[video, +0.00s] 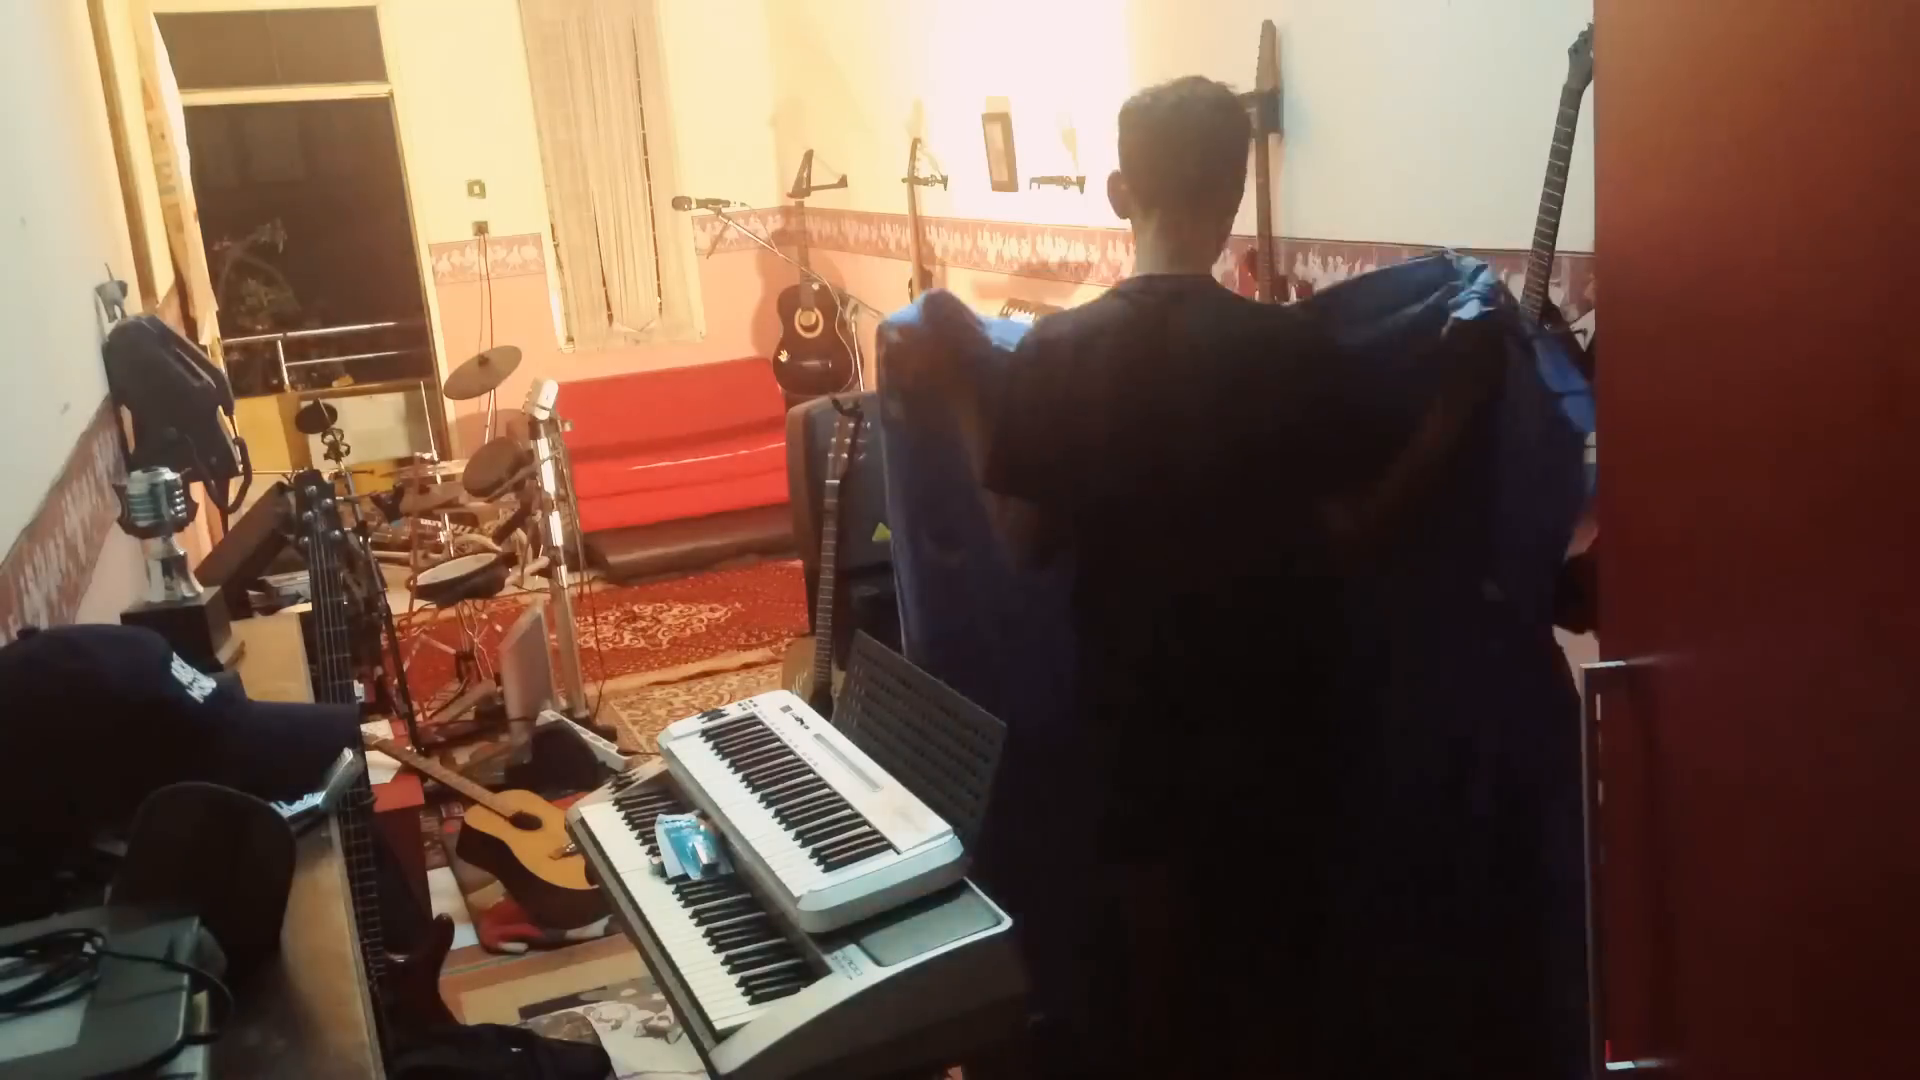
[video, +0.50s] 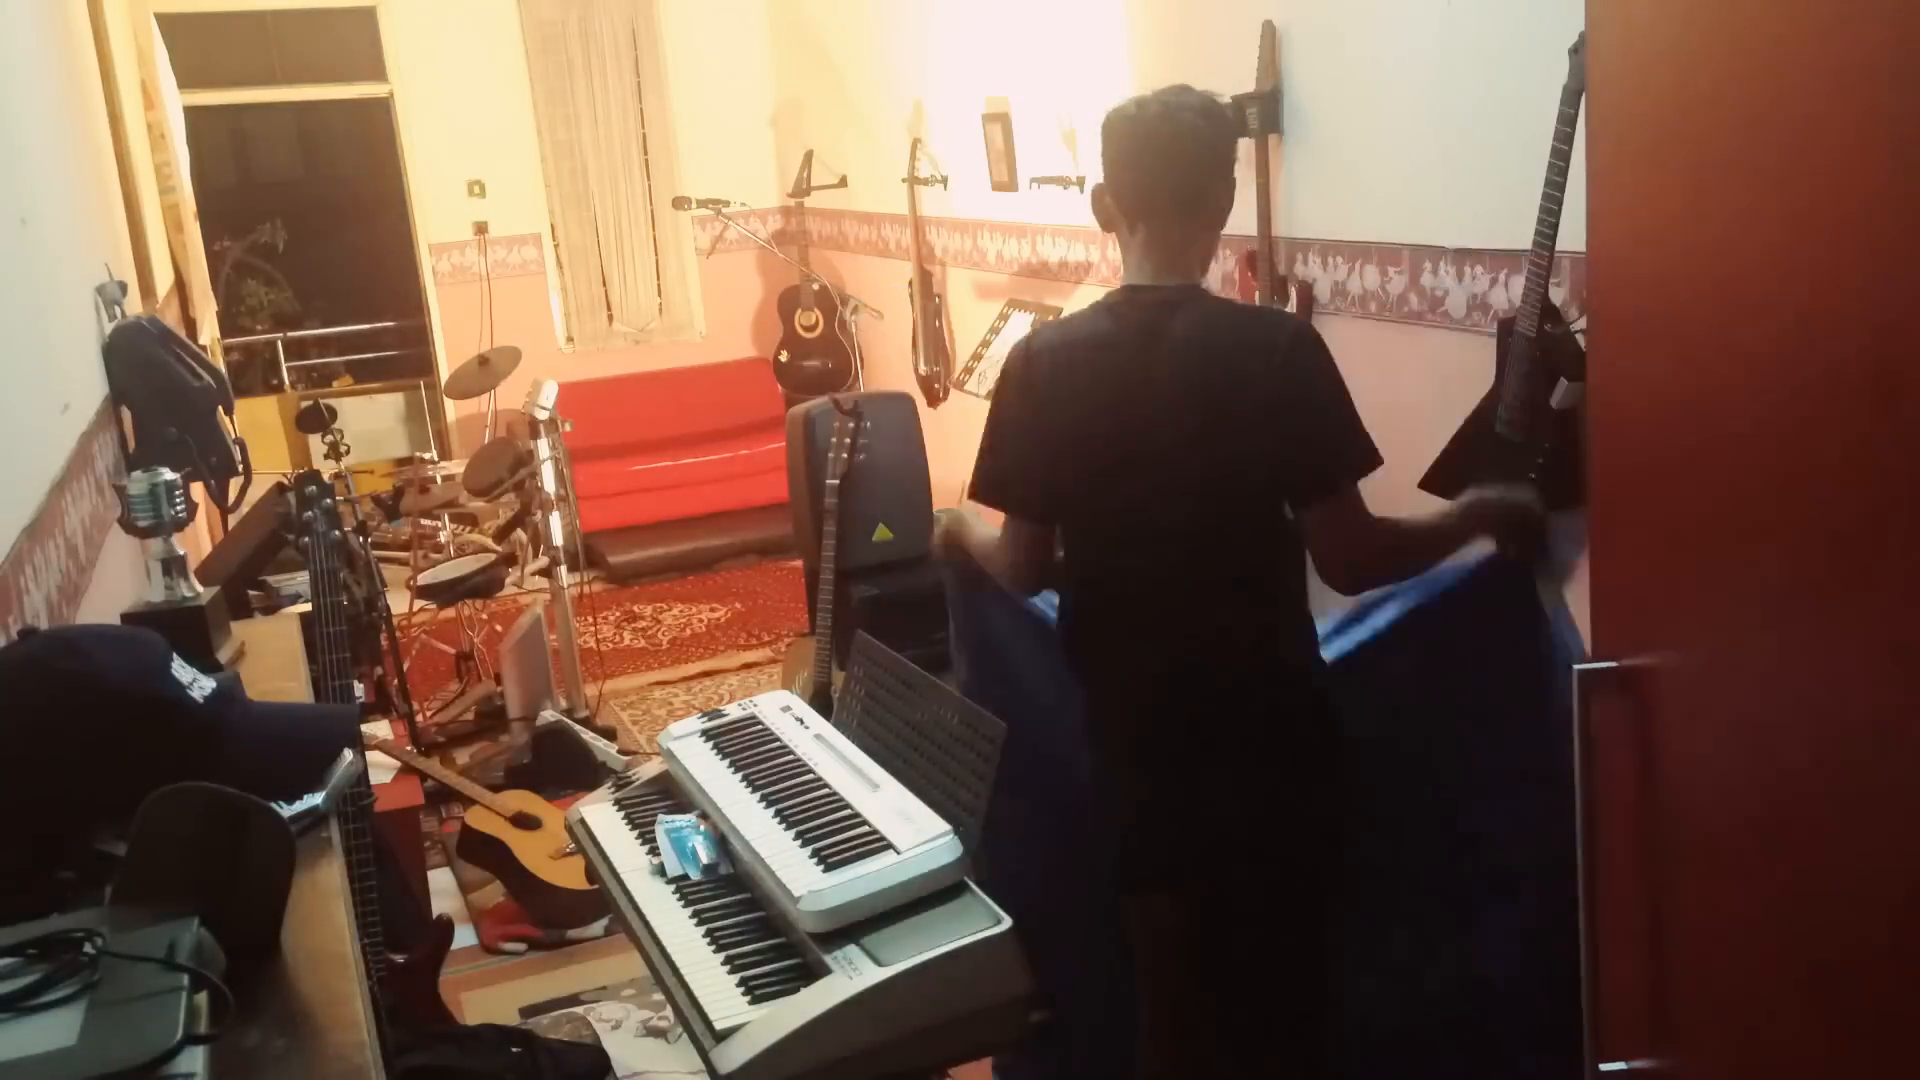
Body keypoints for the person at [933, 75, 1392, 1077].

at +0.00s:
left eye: (1126, 173)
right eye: (1222, 179)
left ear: (1120, 188)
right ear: (1239, 190)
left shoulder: (1053, 356)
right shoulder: (1294, 347)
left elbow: (1020, 533)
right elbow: (1350, 526)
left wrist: (972, 389)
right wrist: (1457, 394)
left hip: (1118, 712)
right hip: (1277, 708)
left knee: (1126, 950)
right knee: (1275, 952)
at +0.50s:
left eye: (1110, 192)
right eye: (1211, 195)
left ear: (1107, 206)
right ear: (1223, 208)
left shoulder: (1047, 361)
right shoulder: (1279, 348)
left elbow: (1020, 567)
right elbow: (1350, 557)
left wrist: (960, 522)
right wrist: (1480, 515)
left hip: (1124, 725)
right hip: (1272, 714)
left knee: (1161, 985)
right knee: (1285, 977)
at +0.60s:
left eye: (1100, 210)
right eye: (1206, 207)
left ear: (1097, 219)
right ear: (1207, 214)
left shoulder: (1034, 360)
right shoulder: (1253, 336)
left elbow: (1002, 568)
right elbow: (1289, 529)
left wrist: (949, 578)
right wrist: (1454, 564)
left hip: (1115, 729)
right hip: (1255, 718)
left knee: (1150, 983)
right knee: (1274, 976)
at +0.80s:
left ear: (1195, 593)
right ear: (1282, 612)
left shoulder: (1123, 624)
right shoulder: (1309, 656)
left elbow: (1036, 769)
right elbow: (1446, 894)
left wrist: (962, 913)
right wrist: (1531, 1067)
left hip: (1109, 825)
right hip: (1261, 822)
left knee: (1151, 1040)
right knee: (1272, 1034)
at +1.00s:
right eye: (1396, 490)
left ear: (1271, 488)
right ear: (1387, 493)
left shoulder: (1202, 538)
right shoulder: (1418, 552)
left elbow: (1069, 732)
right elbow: (1558, 762)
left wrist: (1022, 840)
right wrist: (1607, 900)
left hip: (1202, 830)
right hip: (1374, 829)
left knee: (1226, 1019)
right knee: (1380, 1026)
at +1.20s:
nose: (1616, 454)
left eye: (1625, 427)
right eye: (1613, 424)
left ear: (1507, 385)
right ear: (1557, 402)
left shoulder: (1390, 435)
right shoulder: (1487, 483)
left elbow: (1287, 608)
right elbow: (1352, 682)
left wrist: (1437, 694)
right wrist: (1513, 858)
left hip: (1170, 718)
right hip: (1264, 753)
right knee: (1418, 1009)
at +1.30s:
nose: (1801, 696)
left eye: (1822, 681)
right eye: (1815, 671)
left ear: (1753, 585)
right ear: (1774, 621)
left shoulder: (1635, 583)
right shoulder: (1632, 652)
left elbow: (1558, 789)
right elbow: (1568, 892)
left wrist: (1548, 915)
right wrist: (1602, 1055)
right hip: (1314, 722)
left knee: (1420, 981)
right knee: (1442, 995)